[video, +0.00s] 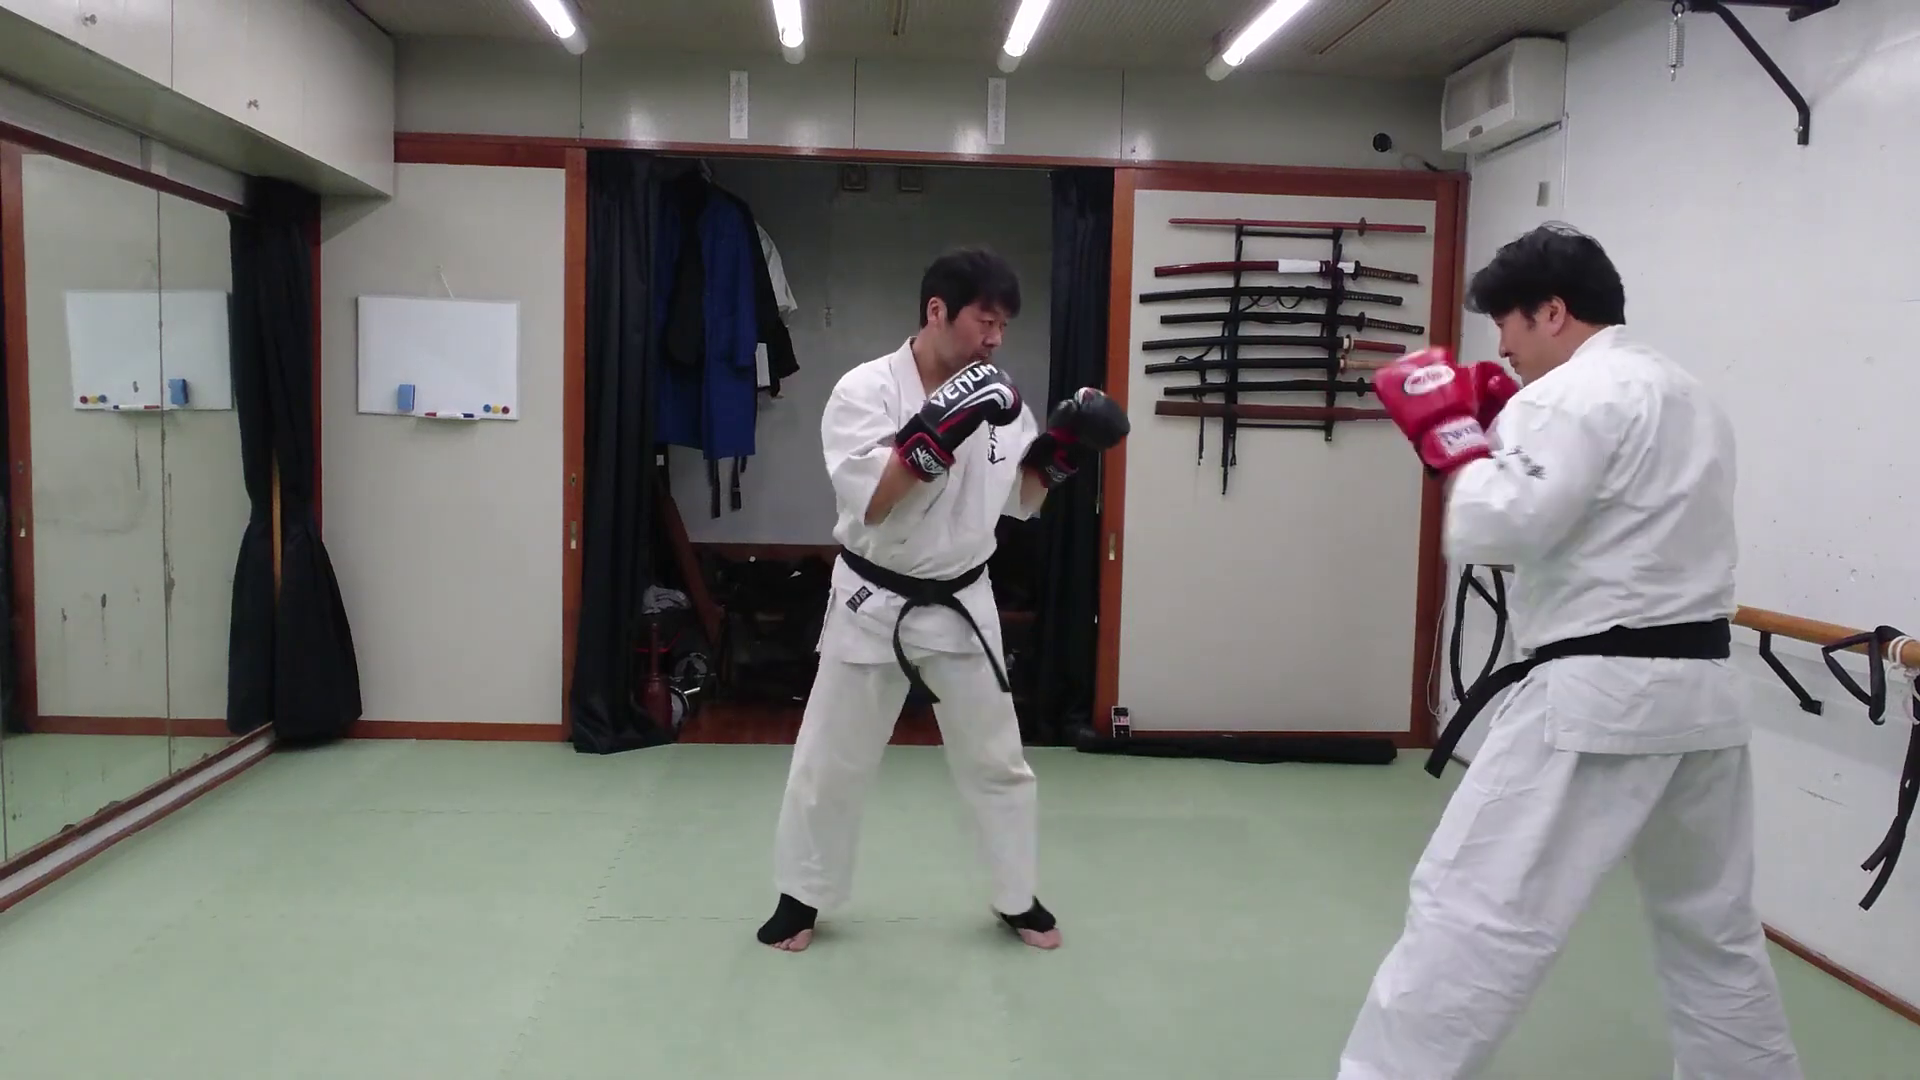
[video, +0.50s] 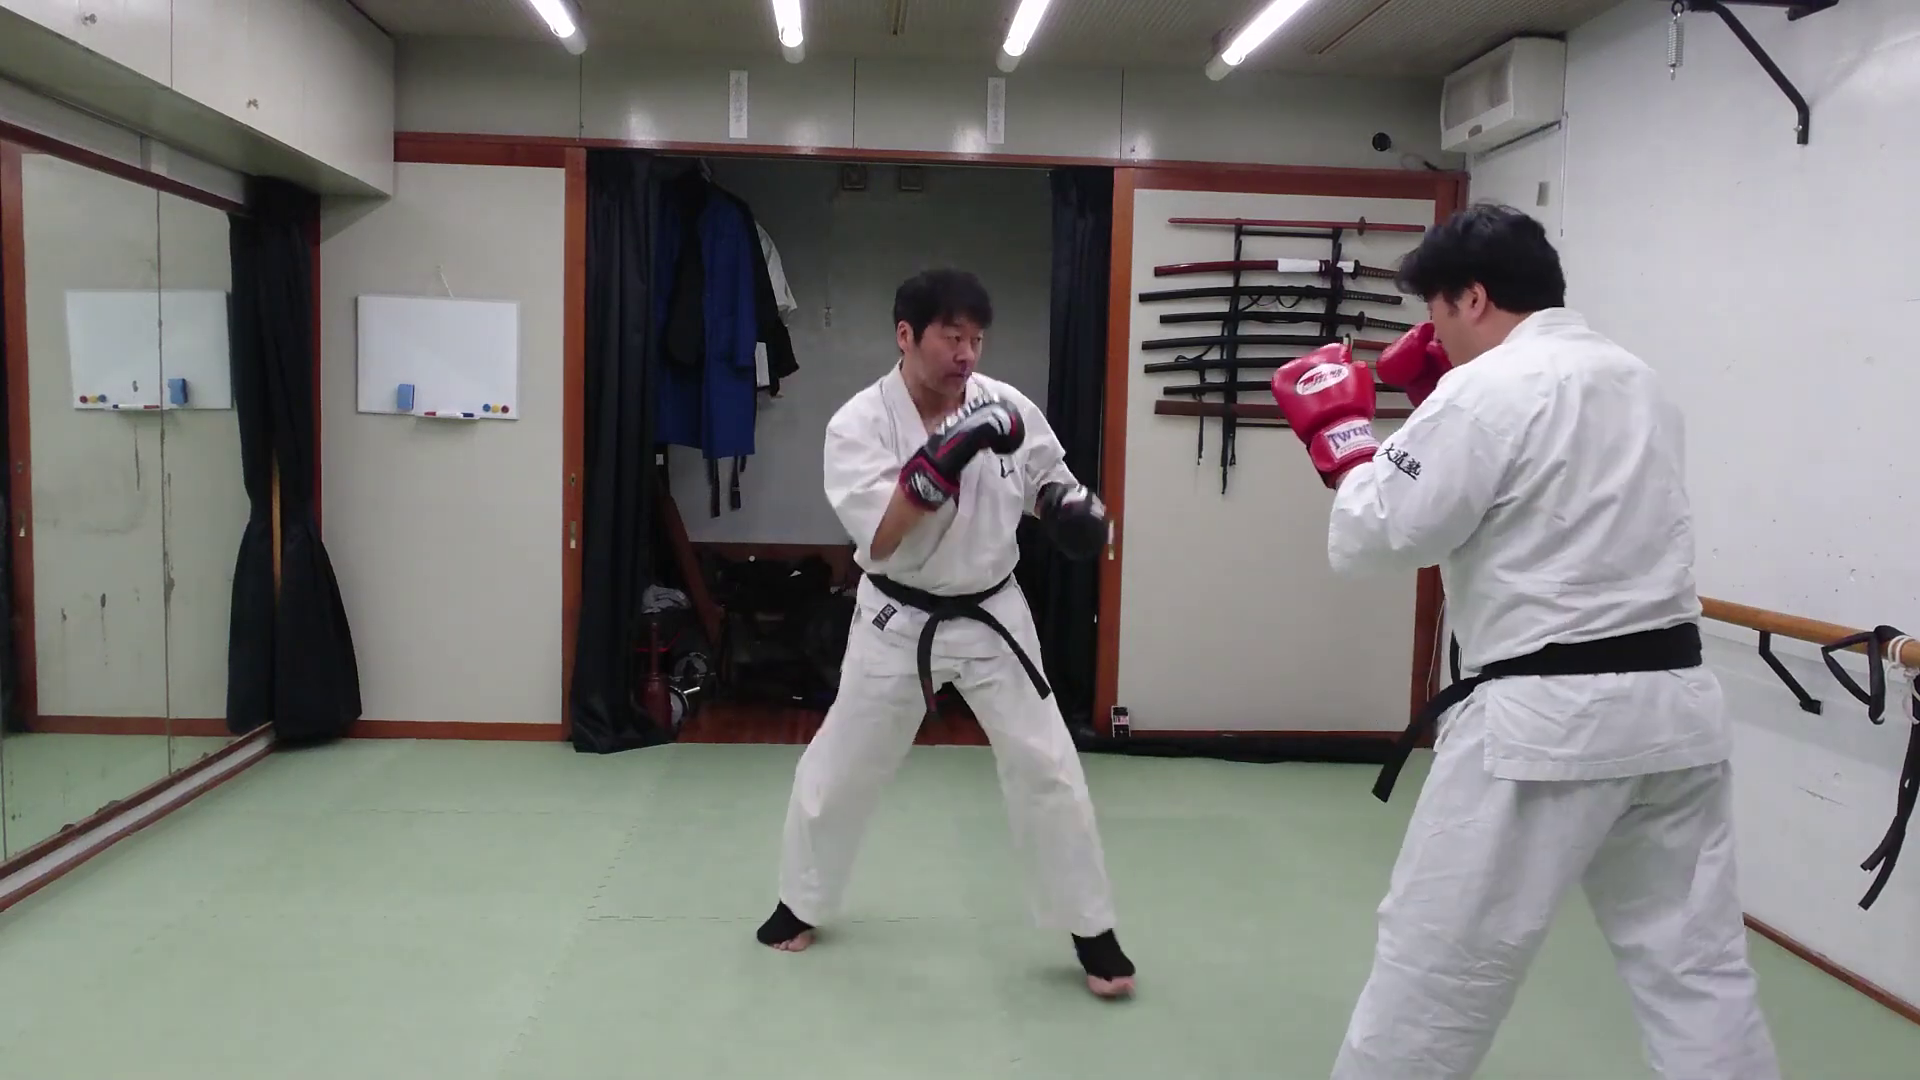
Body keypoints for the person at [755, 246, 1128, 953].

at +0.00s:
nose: (996, 340)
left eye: (1003, 326)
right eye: (985, 321)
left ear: (1002, 327)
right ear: (936, 311)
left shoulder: (1001, 401)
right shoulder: (862, 391)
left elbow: (1019, 501)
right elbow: (873, 500)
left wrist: (1058, 456)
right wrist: (939, 428)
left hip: (963, 604)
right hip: (867, 599)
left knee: (998, 762)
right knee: (825, 762)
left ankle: (1017, 897)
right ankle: (801, 897)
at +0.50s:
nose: (967, 354)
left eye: (976, 340)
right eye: (952, 339)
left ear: (985, 342)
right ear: (906, 337)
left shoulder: (1006, 407)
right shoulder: (857, 425)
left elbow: (1058, 485)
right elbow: (880, 537)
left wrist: (1082, 519)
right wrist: (938, 462)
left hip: (994, 612)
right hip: (892, 615)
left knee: (1048, 766)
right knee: (834, 771)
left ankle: (1094, 931)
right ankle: (802, 903)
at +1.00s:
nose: (1050, 366)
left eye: (1058, 353)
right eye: (1037, 349)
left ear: (1063, 361)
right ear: (988, 349)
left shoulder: (1074, 440)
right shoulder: (930, 437)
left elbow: (1119, 557)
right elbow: (955, 542)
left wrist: (1147, 521)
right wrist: (1023, 452)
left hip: (1054, 640)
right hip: (950, 640)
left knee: (1108, 789)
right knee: (892, 800)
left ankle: (1126, 966)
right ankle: (861, 911)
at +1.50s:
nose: (1189, 337)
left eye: (1200, 321)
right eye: (1170, 321)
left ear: (1212, 328)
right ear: (1132, 328)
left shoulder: (1240, 409)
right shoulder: (1082, 415)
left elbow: (1338, 493)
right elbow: (1036, 526)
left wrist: (1329, 437)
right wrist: (1084, 468)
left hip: (1182, 630)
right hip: (1088, 620)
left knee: (1202, 804)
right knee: (1045, 756)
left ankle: (1249, 980)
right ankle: (1035, 862)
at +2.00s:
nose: (1263, 369)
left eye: (1277, 356)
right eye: (1251, 352)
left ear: (1290, 352)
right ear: (1218, 340)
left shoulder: (1293, 412)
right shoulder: (1162, 403)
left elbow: (1351, 470)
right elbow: (1114, 498)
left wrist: (1362, 413)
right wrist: (1166, 418)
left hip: (1241, 607)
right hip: (1152, 599)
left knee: (1241, 762)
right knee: (1136, 743)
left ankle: (1232, 899)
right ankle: (1133, 852)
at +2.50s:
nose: (1312, 334)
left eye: (1319, 319)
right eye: (1310, 317)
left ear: (1340, 329)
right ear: (1295, 322)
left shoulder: (1387, 419)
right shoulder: (1237, 409)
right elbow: (1184, 502)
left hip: (1336, 629)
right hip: (1237, 620)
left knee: (1348, 775)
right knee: (1176, 755)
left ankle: (1364, 915)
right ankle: (1175, 852)